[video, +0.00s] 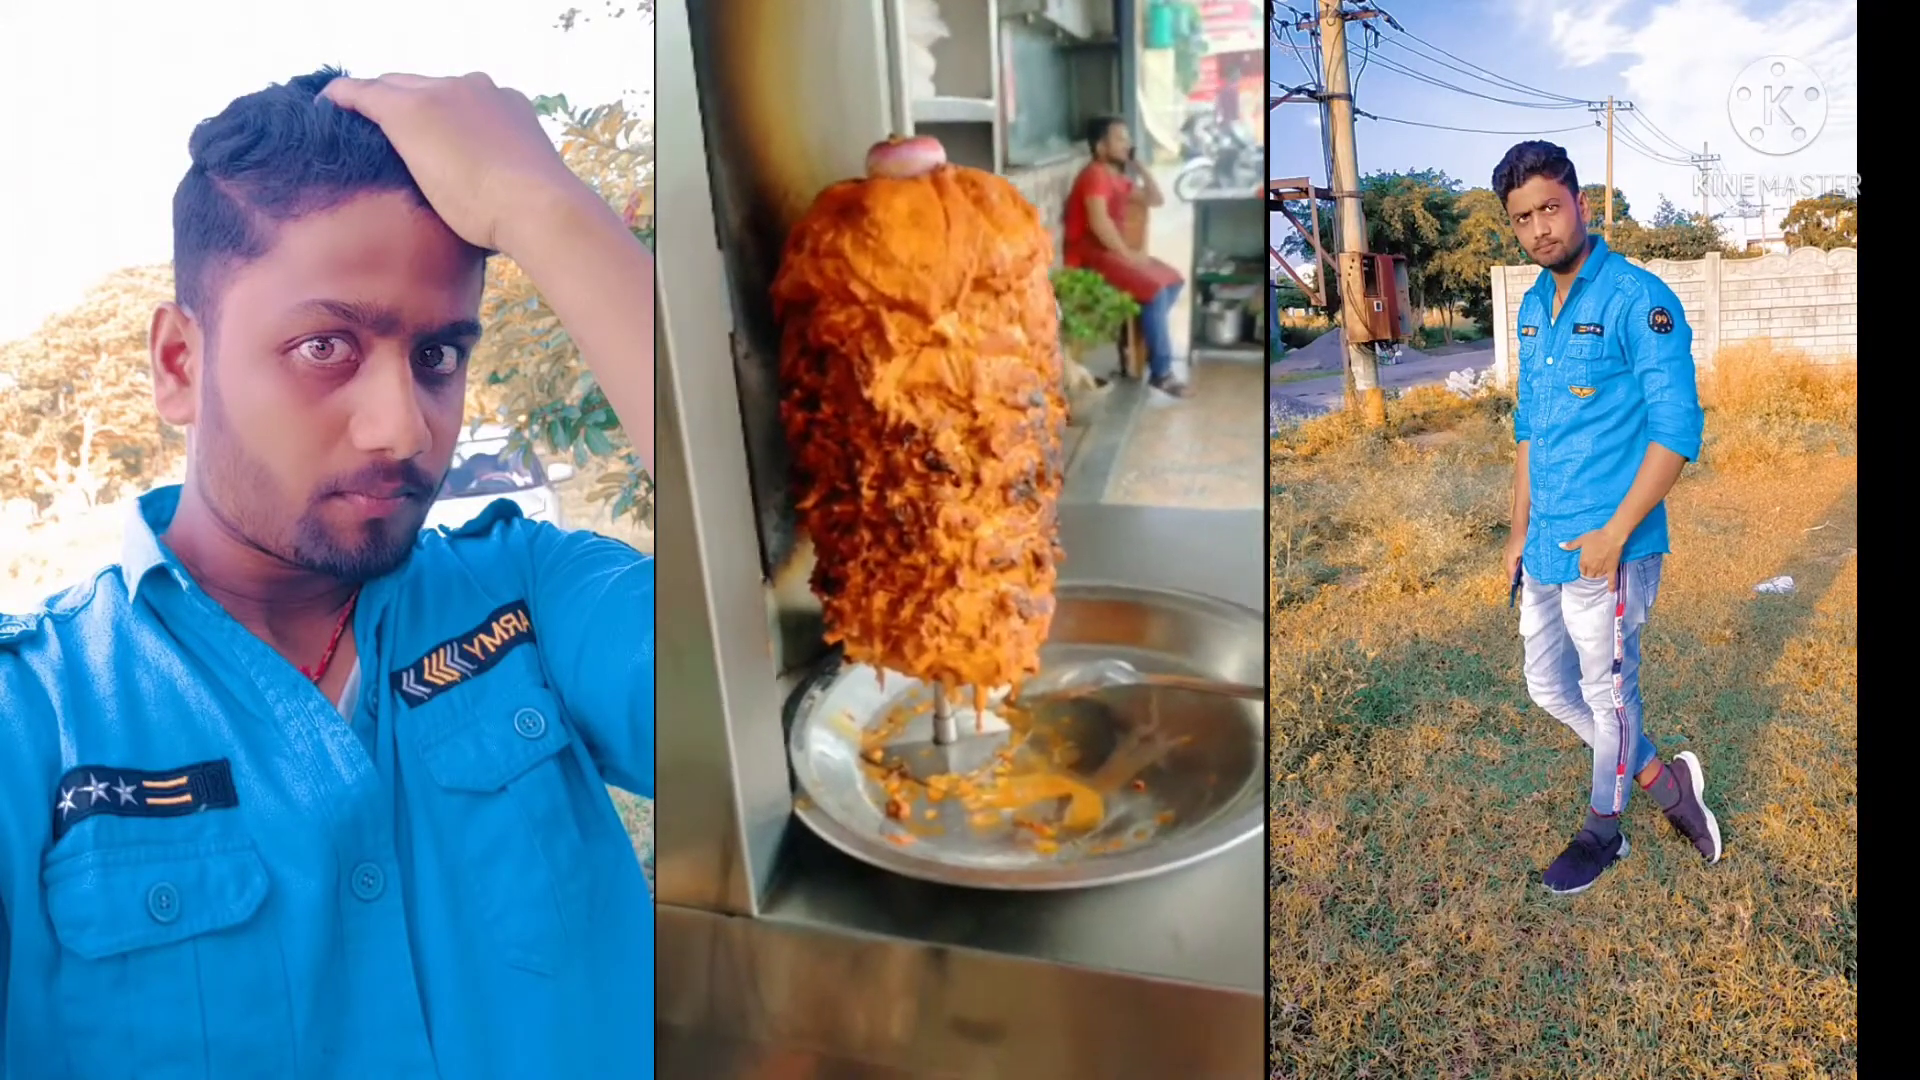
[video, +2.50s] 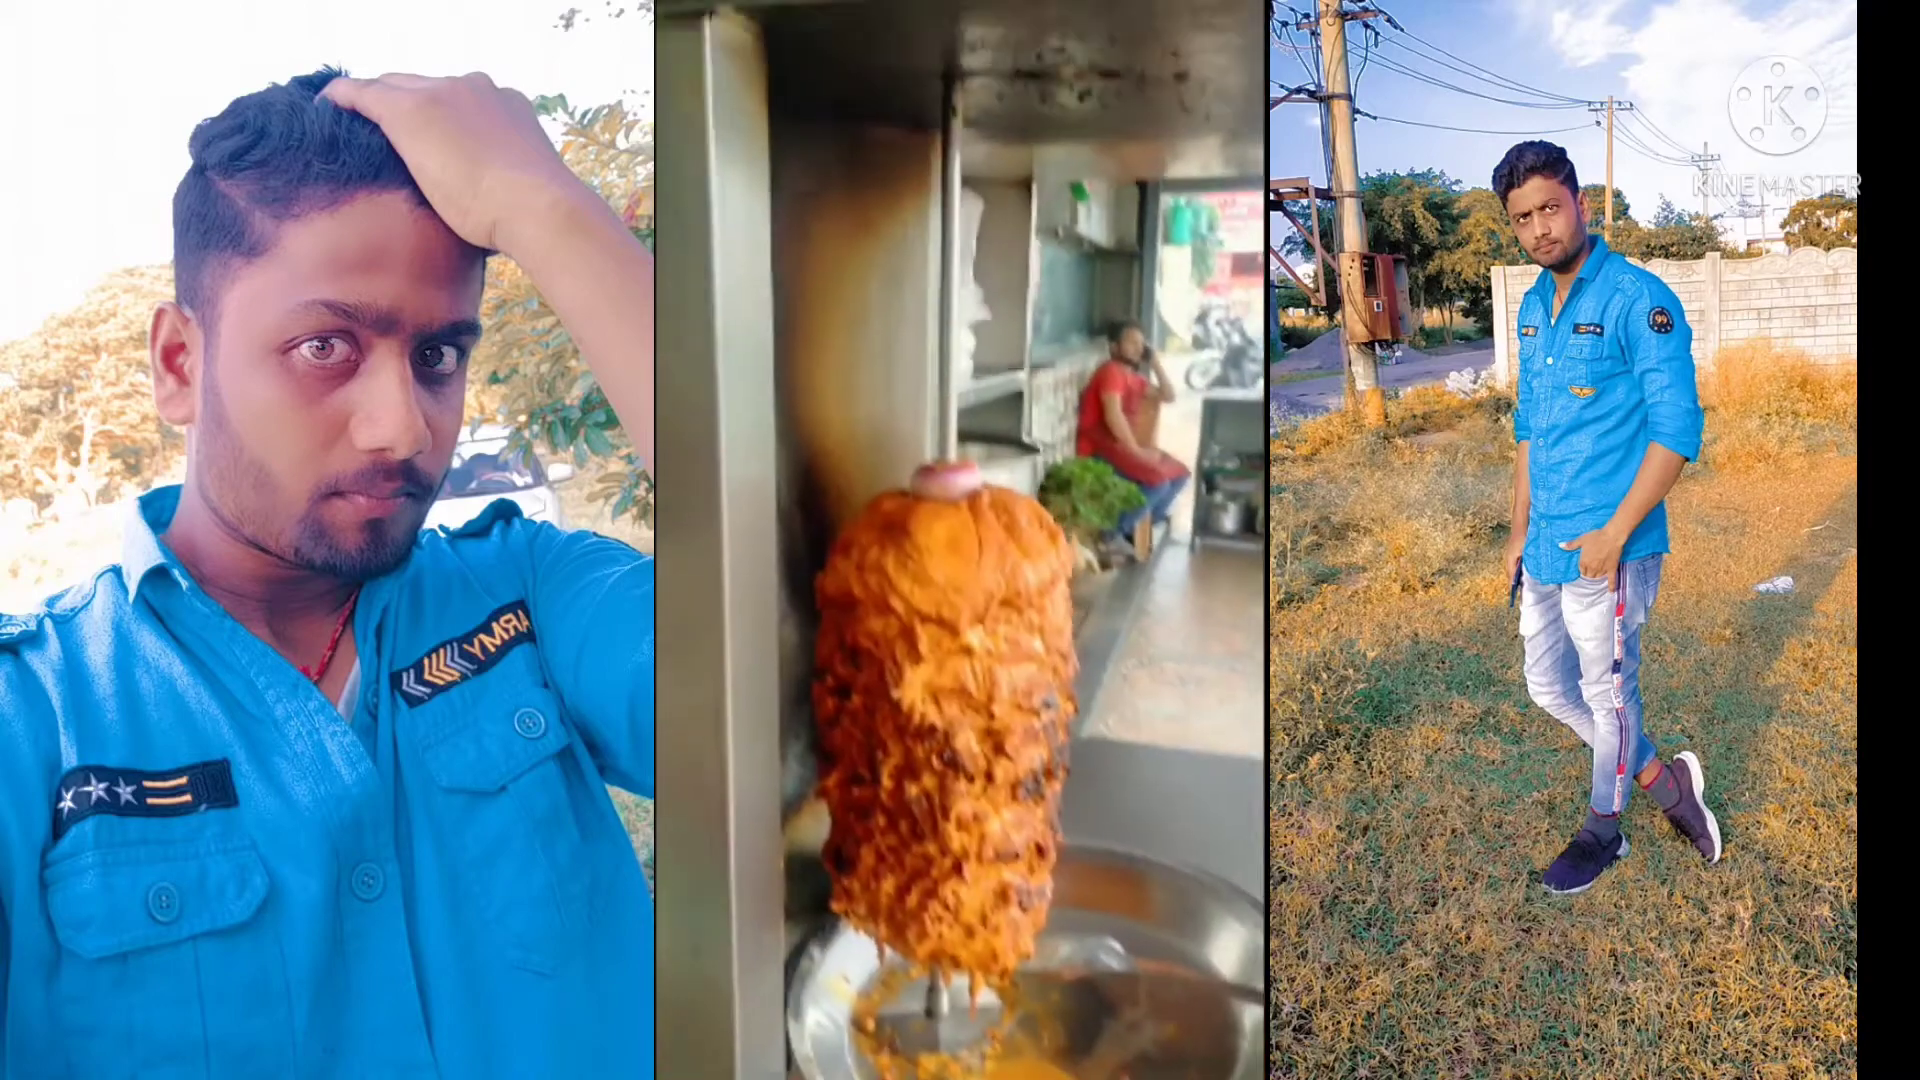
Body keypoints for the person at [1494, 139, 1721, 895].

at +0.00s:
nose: (1537, 229)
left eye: (1549, 208)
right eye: (1522, 219)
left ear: (1582, 203)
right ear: (1514, 228)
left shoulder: (1641, 298)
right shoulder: (1535, 306)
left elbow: (1678, 432)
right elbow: (1529, 431)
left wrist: (1616, 531)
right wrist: (1520, 528)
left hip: (1612, 536)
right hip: (1544, 538)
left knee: (1610, 690)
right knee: (1549, 684)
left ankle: (1602, 828)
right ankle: (1664, 778)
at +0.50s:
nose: (1538, 228)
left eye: (1549, 208)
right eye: (1522, 219)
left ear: (1582, 203)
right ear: (1513, 229)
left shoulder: (1640, 298)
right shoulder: (1534, 306)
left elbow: (1678, 432)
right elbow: (1529, 431)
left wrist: (1616, 531)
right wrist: (1520, 529)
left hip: (1612, 536)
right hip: (1544, 537)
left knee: (1609, 689)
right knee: (1549, 684)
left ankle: (1602, 828)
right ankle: (1665, 778)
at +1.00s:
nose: (1537, 229)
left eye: (1549, 208)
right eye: (1522, 218)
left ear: (1582, 202)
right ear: (1513, 228)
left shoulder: (1640, 298)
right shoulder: (1534, 306)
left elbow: (1678, 432)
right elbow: (1529, 431)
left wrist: (1616, 532)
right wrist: (1519, 529)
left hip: (1611, 537)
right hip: (1544, 538)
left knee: (1610, 690)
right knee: (1549, 684)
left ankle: (1602, 828)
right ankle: (1664, 778)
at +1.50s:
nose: (1537, 229)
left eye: (1548, 209)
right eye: (1522, 219)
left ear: (1582, 203)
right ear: (1513, 228)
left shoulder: (1640, 298)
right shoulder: (1534, 307)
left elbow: (1678, 432)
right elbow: (1529, 431)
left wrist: (1615, 533)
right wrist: (1519, 529)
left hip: (1611, 537)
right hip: (1544, 538)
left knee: (1609, 689)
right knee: (1549, 684)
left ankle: (1602, 828)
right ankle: (1665, 778)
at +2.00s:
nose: (1537, 229)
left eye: (1548, 209)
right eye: (1522, 219)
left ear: (1582, 203)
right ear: (1513, 228)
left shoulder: (1640, 298)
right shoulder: (1534, 307)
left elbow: (1678, 432)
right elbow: (1529, 431)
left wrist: (1615, 533)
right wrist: (1519, 529)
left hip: (1611, 537)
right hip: (1544, 538)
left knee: (1609, 689)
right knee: (1549, 684)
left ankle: (1602, 828)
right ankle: (1665, 778)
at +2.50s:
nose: (1537, 229)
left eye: (1548, 208)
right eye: (1522, 219)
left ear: (1582, 202)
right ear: (1513, 228)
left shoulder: (1641, 298)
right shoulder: (1534, 306)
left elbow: (1678, 432)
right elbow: (1529, 431)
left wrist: (1616, 532)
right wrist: (1520, 528)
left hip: (1612, 537)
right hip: (1544, 538)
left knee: (1610, 690)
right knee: (1549, 684)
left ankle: (1602, 828)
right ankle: (1664, 777)